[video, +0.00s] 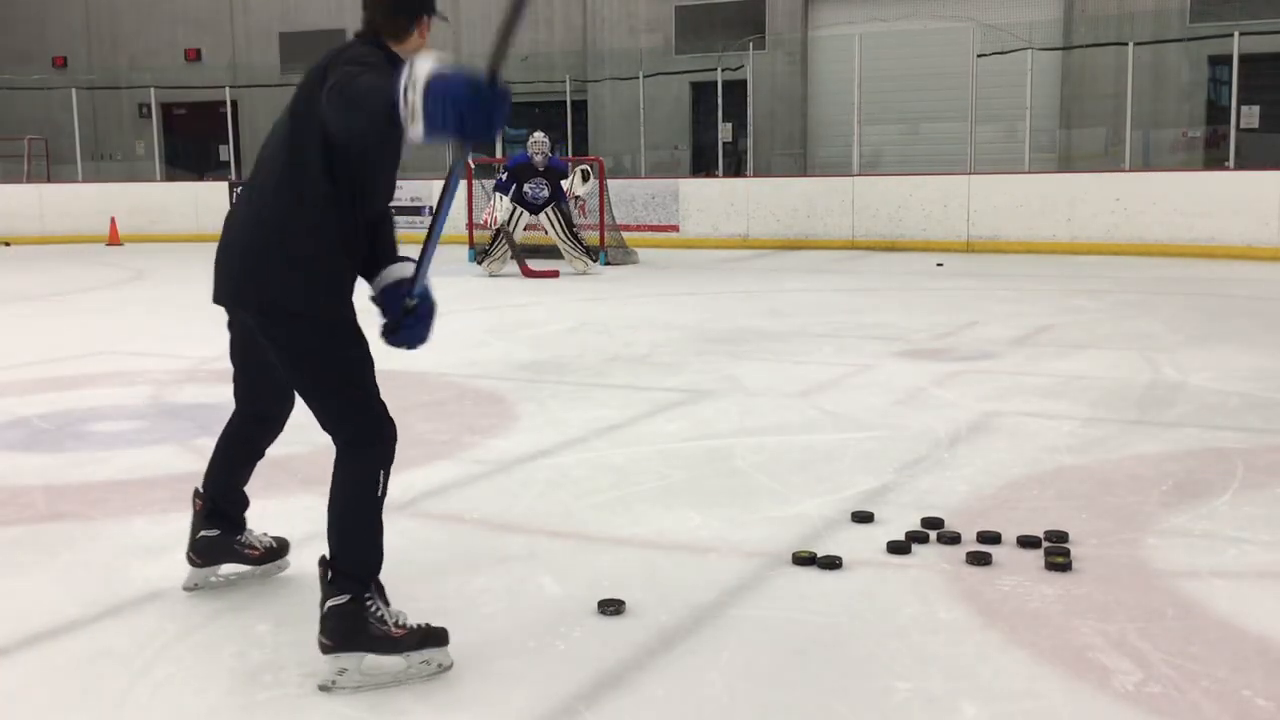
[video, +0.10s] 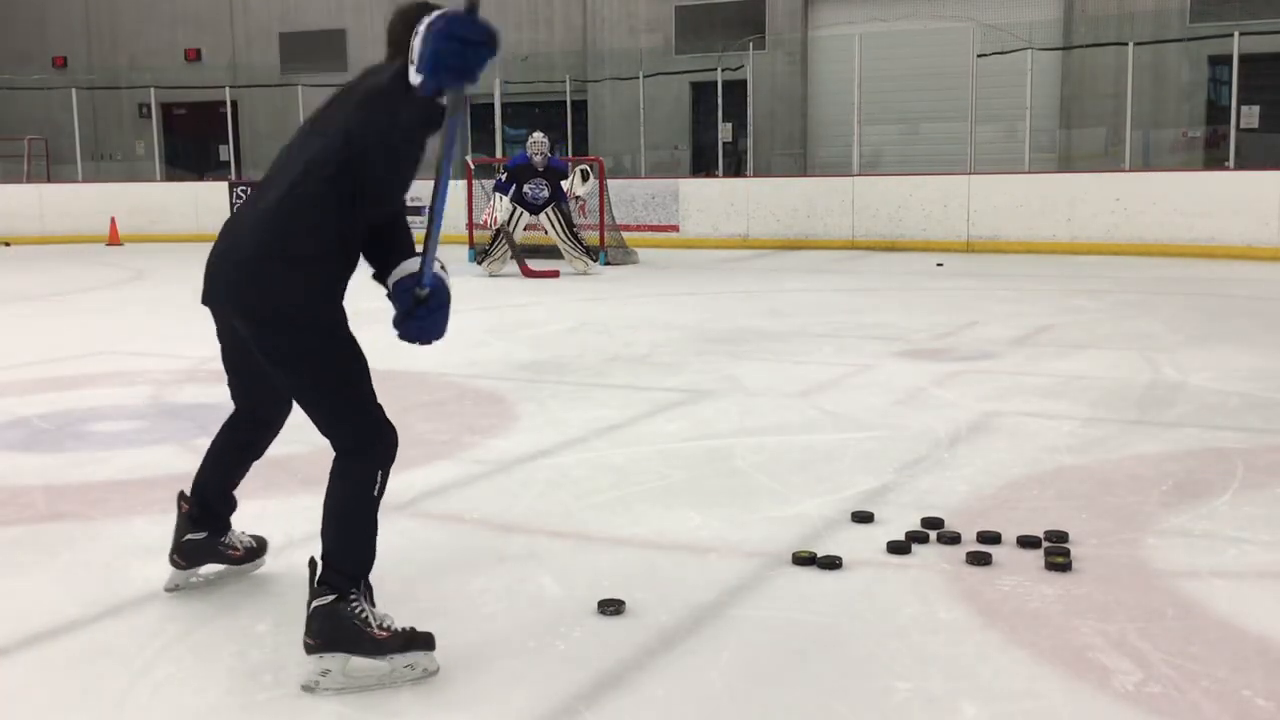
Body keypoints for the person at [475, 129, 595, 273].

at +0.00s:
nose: (539, 155)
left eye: (543, 151)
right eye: (536, 151)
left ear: (548, 151)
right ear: (529, 150)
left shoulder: (557, 166)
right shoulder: (518, 164)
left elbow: (570, 184)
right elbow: (501, 187)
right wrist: (497, 209)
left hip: (549, 205)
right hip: (521, 204)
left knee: (564, 234)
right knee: (507, 234)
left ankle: (584, 264)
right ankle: (491, 265)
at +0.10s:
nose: (539, 152)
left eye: (542, 149)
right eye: (535, 149)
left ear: (548, 149)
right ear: (529, 150)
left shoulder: (557, 166)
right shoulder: (517, 165)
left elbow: (569, 185)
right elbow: (501, 188)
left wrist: (577, 191)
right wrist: (497, 210)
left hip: (549, 205)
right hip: (521, 204)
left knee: (564, 234)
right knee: (507, 234)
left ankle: (584, 263)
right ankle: (491, 264)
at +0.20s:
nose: (539, 154)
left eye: (542, 151)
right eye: (535, 151)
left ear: (548, 151)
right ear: (529, 151)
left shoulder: (557, 166)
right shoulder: (517, 165)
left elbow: (569, 185)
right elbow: (500, 188)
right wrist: (497, 211)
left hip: (548, 206)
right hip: (521, 205)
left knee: (564, 234)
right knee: (507, 234)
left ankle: (584, 263)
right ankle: (491, 264)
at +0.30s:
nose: (539, 155)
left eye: (542, 151)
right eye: (535, 151)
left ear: (547, 151)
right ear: (529, 151)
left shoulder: (556, 167)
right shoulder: (517, 166)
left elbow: (568, 187)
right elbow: (501, 188)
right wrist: (497, 209)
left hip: (548, 206)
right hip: (521, 206)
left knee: (565, 234)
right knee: (508, 234)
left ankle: (584, 263)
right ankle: (491, 264)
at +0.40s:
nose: (539, 157)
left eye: (542, 153)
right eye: (535, 154)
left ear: (548, 153)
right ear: (529, 153)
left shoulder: (556, 168)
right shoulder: (517, 167)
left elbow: (569, 189)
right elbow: (500, 189)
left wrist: (579, 182)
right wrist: (499, 209)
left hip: (548, 207)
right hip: (522, 206)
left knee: (564, 234)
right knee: (509, 235)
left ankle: (583, 262)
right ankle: (491, 264)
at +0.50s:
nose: (538, 155)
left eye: (541, 151)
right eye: (534, 151)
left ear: (547, 152)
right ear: (528, 153)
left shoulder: (556, 170)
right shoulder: (516, 169)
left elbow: (569, 195)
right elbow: (500, 191)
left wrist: (580, 186)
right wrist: (501, 211)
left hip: (549, 209)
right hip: (523, 209)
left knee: (565, 236)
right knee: (510, 237)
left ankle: (584, 263)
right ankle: (491, 265)